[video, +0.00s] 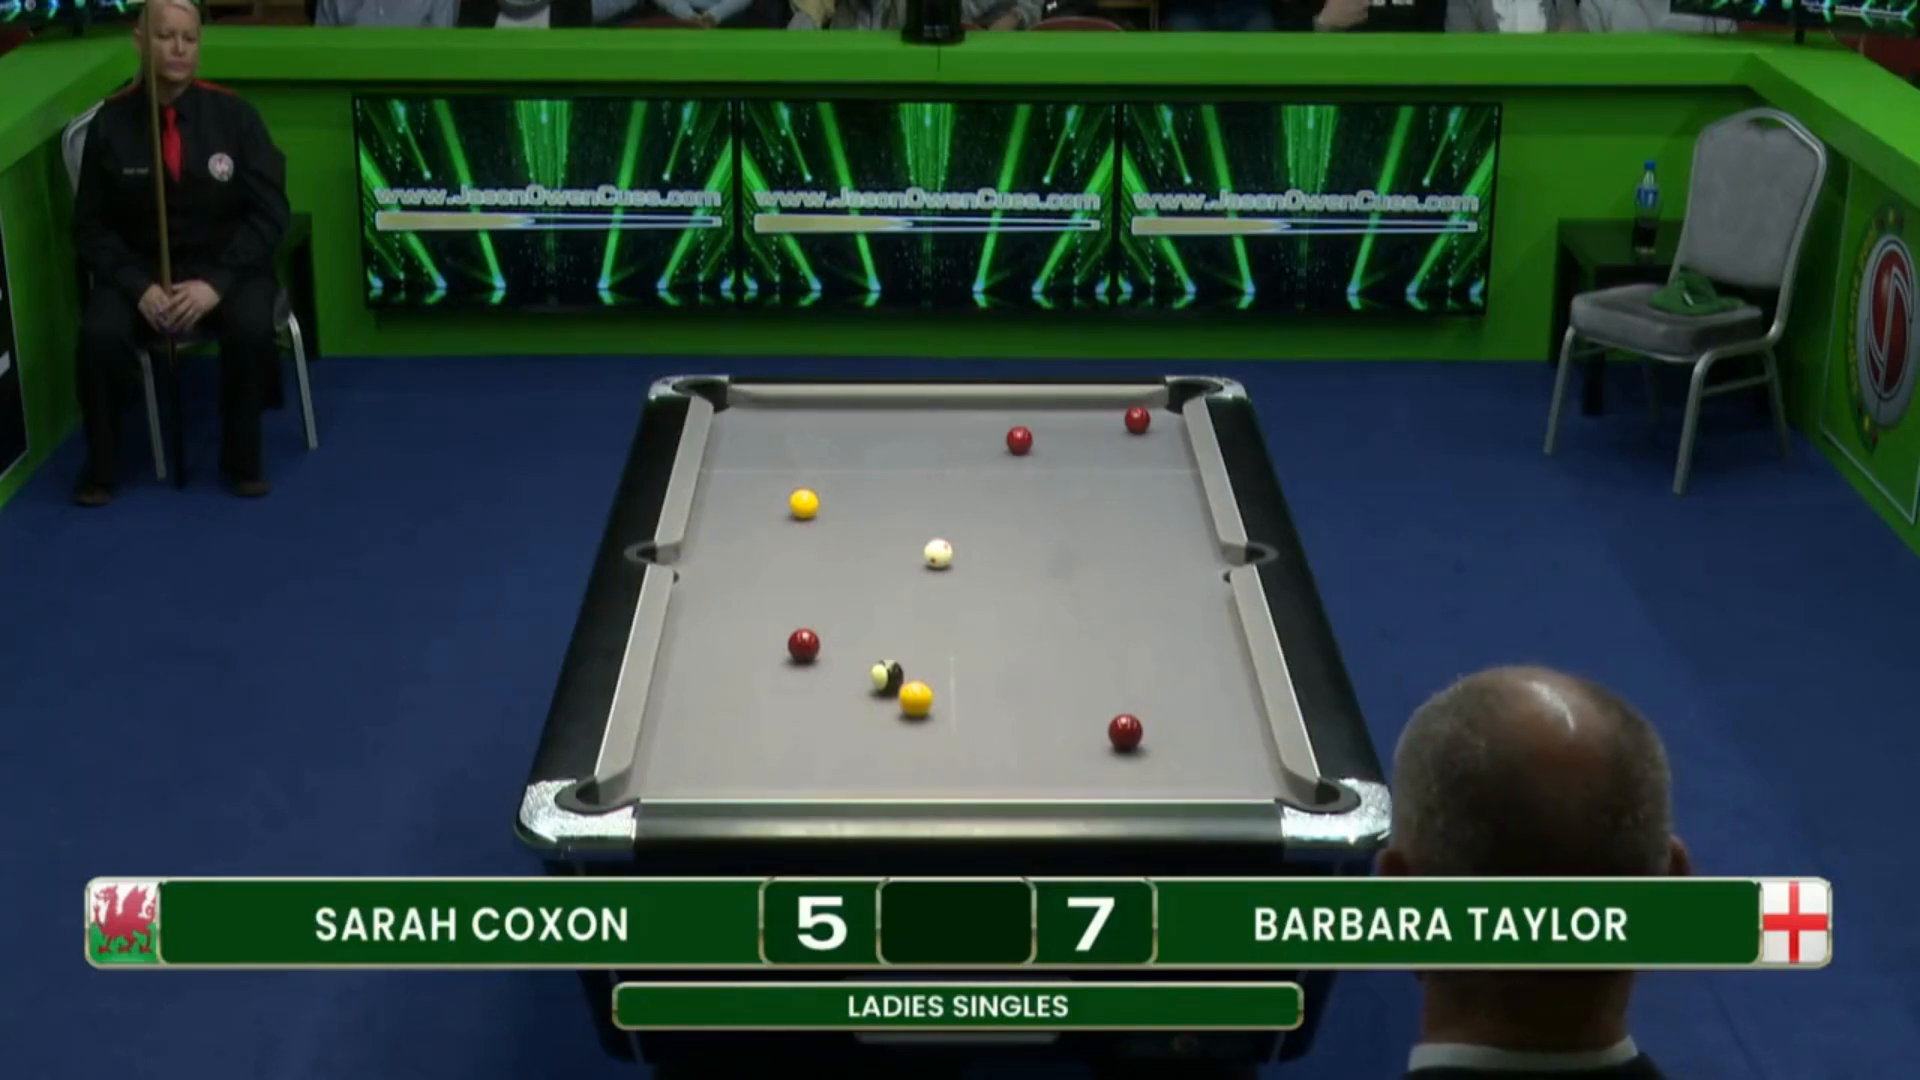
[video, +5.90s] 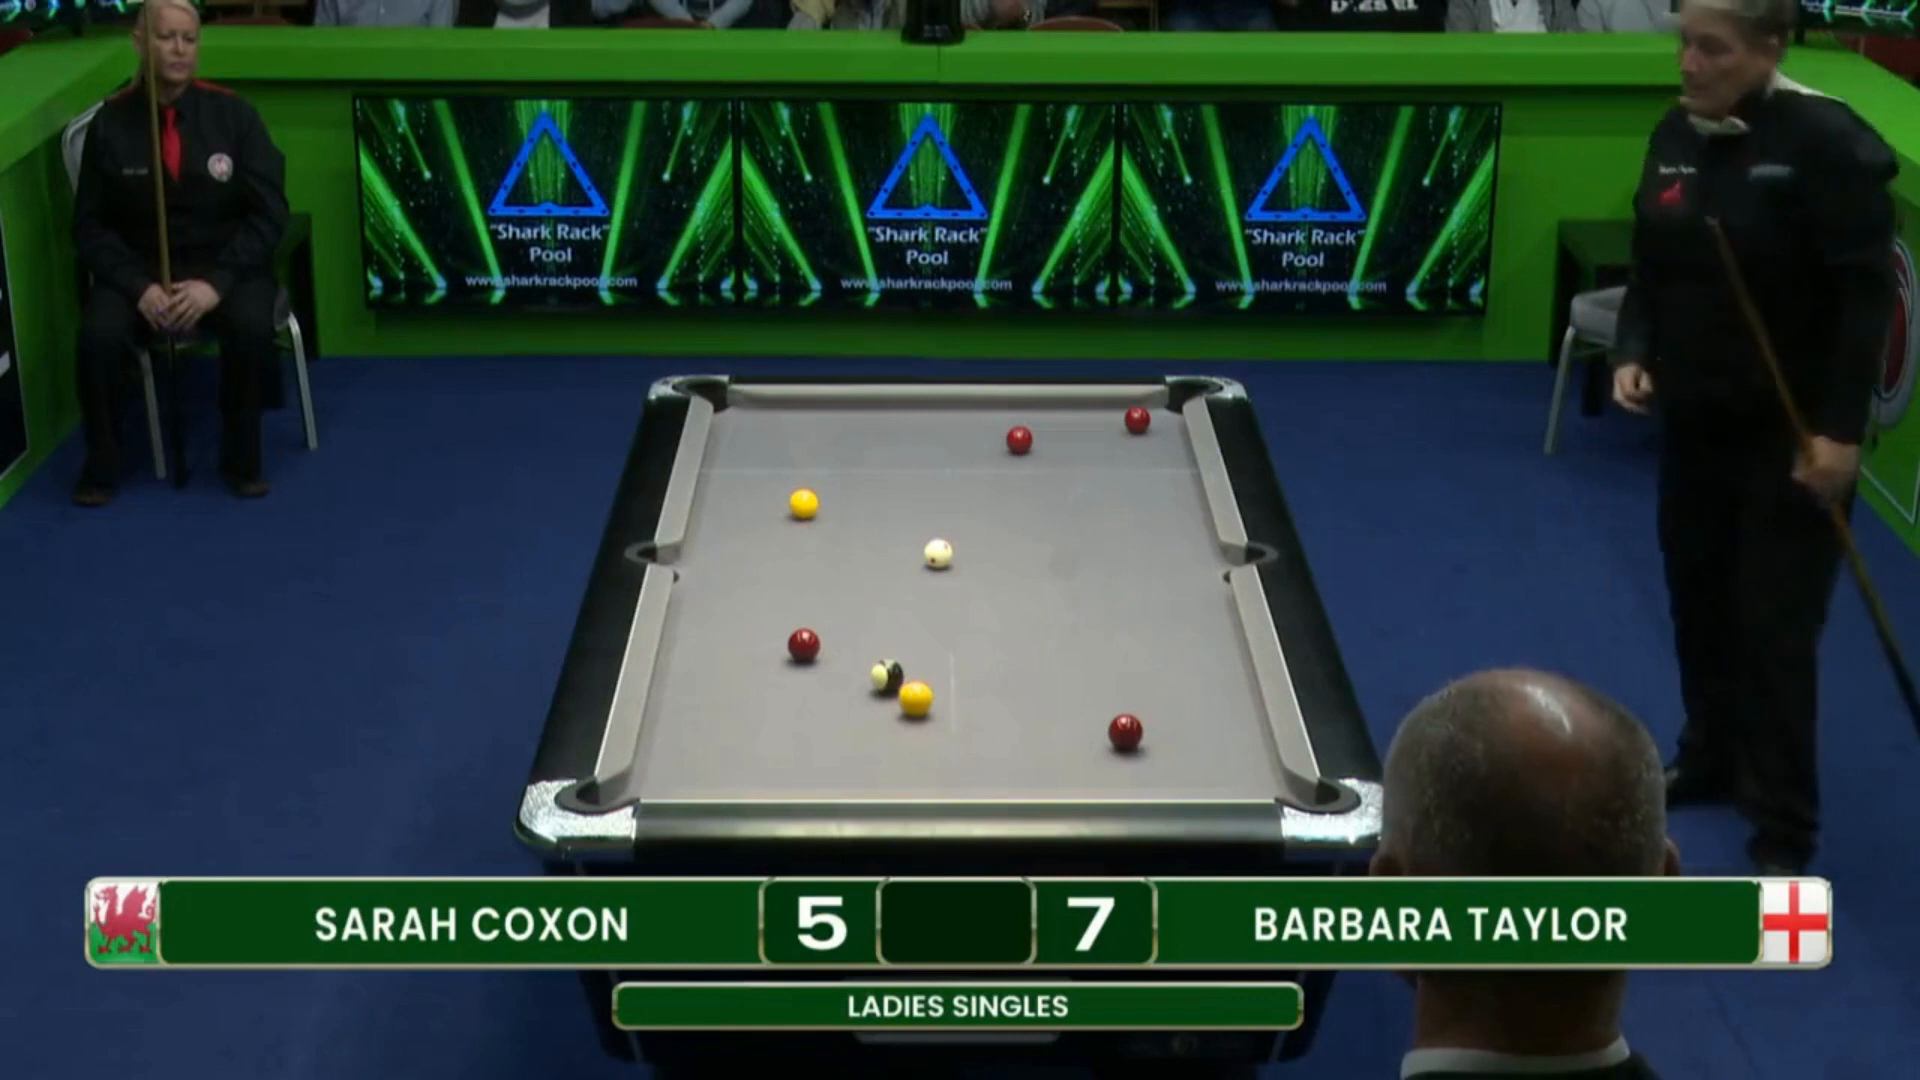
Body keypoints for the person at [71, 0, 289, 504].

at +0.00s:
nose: (179, 48)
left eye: (189, 38)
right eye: (165, 37)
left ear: (199, 44)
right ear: (141, 42)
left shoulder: (234, 115)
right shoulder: (111, 121)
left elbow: (269, 214)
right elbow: (90, 226)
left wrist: (214, 283)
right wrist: (140, 287)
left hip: (221, 267)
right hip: (138, 273)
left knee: (249, 329)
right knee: (100, 335)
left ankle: (244, 462)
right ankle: (101, 467)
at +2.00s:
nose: (179, 49)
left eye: (189, 38)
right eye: (165, 37)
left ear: (199, 44)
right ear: (140, 41)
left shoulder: (234, 115)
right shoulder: (111, 121)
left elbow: (269, 215)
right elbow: (91, 226)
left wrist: (214, 284)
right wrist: (140, 287)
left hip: (221, 268)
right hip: (139, 274)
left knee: (248, 328)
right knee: (101, 336)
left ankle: (243, 463)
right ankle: (101, 469)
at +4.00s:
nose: (180, 49)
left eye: (189, 38)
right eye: (166, 37)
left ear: (199, 45)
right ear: (140, 42)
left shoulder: (235, 116)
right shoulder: (111, 122)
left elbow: (269, 215)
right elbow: (90, 227)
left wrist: (214, 284)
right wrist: (140, 286)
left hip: (221, 267)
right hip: (138, 273)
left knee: (248, 327)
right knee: (100, 334)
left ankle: (243, 462)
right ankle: (101, 467)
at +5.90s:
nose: (180, 49)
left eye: (189, 38)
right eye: (166, 37)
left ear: (199, 44)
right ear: (141, 42)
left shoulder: (234, 115)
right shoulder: (110, 122)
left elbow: (269, 214)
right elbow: (90, 226)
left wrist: (214, 283)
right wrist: (140, 286)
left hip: (220, 267)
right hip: (138, 273)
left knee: (249, 328)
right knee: (100, 334)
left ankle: (243, 462)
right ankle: (102, 466)